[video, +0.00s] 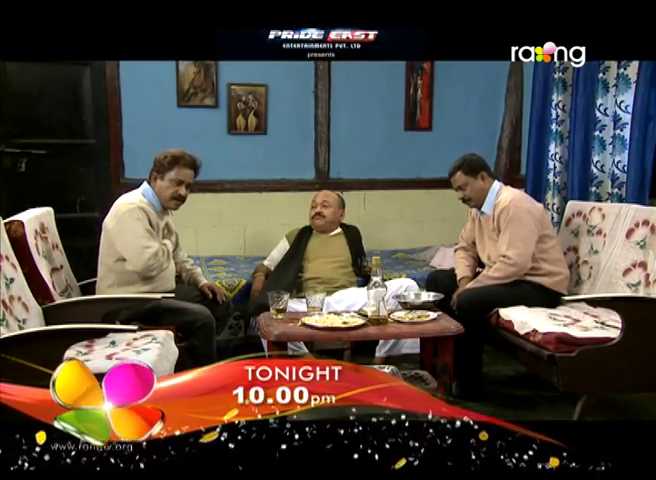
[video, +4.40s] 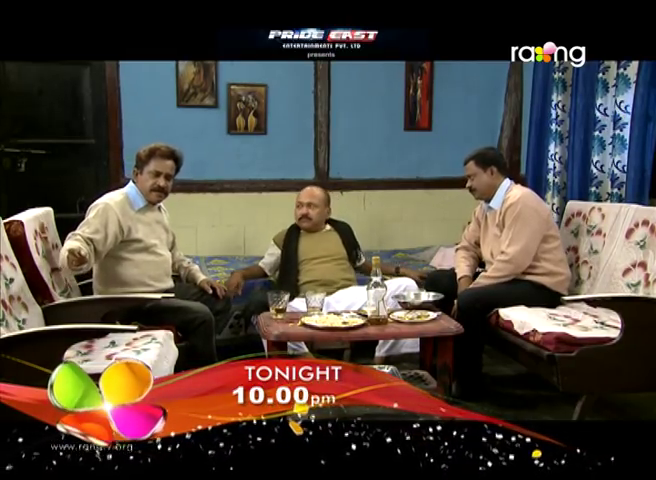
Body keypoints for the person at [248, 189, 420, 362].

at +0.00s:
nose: (317, 210)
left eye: (325, 206)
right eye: (314, 206)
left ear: (341, 213)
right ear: (309, 211)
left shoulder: (351, 233)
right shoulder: (297, 236)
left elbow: (362, 269)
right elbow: (265, 268)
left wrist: (377, 282)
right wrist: (256, 299)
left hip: (351, 297)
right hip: (311, 300)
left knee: (406, 286)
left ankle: (382, 362)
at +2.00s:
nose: (317, 211)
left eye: (325, 206)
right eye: (313, 206)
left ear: (340, 213)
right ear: (308, 211)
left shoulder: (351, 233)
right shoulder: (297, 236)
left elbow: (361, 269)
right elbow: (264, 269)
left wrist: (378, 282)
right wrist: (256, 302)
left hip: (350, 297)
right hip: (309, 300)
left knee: (406, 285)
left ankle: (382, 363)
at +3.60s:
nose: (336, 213)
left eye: (337, 207)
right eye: (329, 209)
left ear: (340, 208)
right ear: (309, 214)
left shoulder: (347, 234)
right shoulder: (293, 237)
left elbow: (359, 267)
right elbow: (266, 267)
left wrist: (378, 276)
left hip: (351, 297)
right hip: (311, 299)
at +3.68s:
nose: (336, 213)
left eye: (337, 207)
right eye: (329, 209)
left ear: (340, 208)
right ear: (309, 214)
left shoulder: (346, 234)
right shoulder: (293, 237)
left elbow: (358, 267)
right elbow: (266, 266)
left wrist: (380, 272)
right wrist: (254, 278)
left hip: (350, 298)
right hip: (310, 300)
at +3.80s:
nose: (336, 212)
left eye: (337, 207)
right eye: (328, 208)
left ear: (339, 208)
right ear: (308, 214)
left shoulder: (346, 233)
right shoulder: (293, 236)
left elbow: (359, 267)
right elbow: (267, 267)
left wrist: (390, 270)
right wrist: (249, 277)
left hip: (350, 299)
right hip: (311, 300)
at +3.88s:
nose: (336, 212)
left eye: (337, 207)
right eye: (329, 208)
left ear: (339, 208)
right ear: (308, 213)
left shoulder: (345, 233)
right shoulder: (292, 236)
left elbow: (360, 267)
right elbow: (267, 267)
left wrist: (395, 270)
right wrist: (242, 274)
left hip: (351, 298)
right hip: (310, 300)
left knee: (406, 286)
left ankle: (379, 365)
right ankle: (312, 366)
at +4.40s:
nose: (303, 211)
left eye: (311, 207)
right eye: (299, 206)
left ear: (326, 211)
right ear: (295, 208)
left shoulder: (342, 230)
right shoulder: (288, 236)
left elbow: (362, 265)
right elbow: (265, 267)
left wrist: (398, 271)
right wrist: (239, 274)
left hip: (349, 295)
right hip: (308, 299)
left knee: (406, 285)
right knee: (286, 318)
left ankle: (379, 362)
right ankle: (309, 366)